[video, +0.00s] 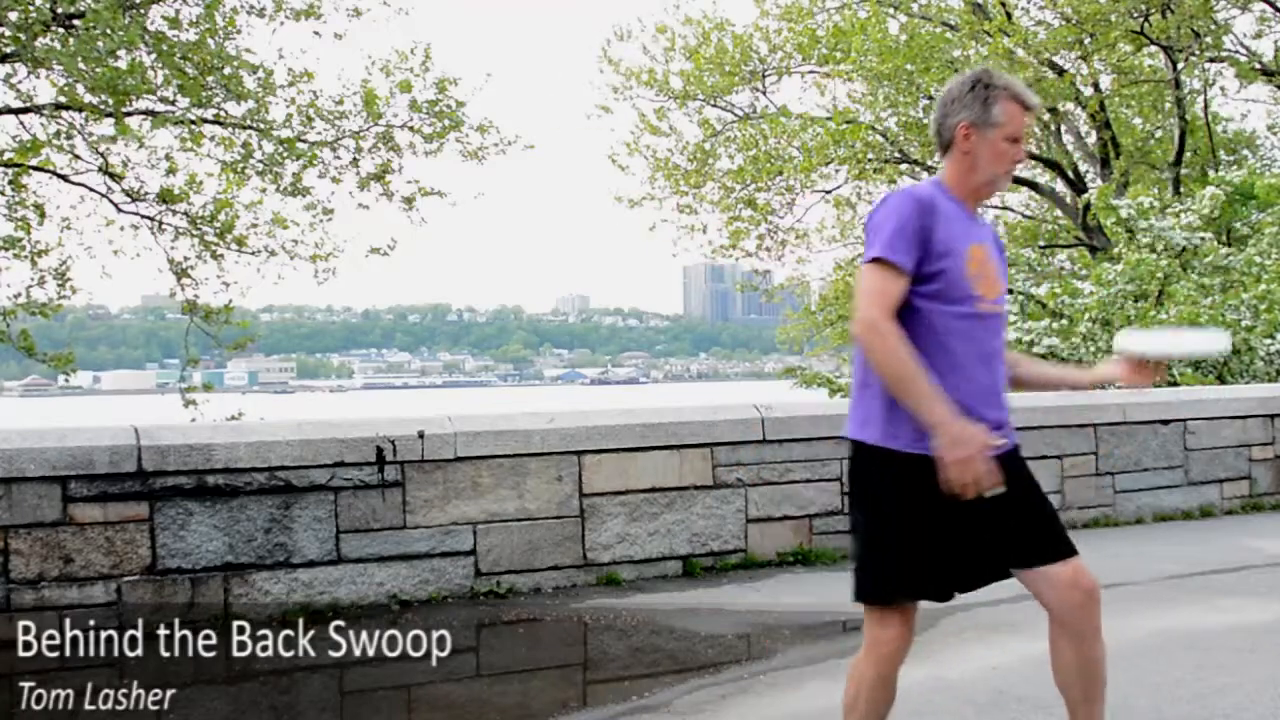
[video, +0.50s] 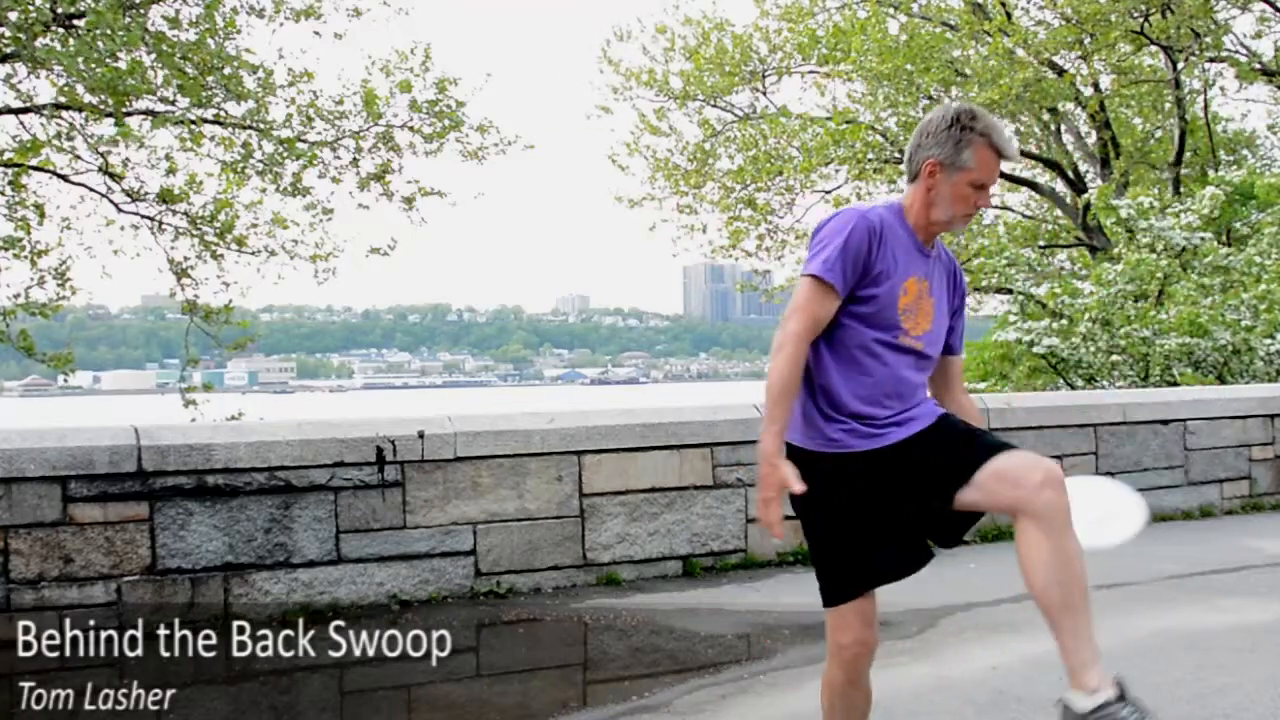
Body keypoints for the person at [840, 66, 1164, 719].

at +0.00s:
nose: (1022, 156)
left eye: (1025, 142)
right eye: (1012, 139)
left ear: (986, 144)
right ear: (966, 136)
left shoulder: (986, 237)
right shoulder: (909, 207)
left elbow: (990, 361)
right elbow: (870, 323)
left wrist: (1098, 375)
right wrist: (949, 425)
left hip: (985, 452)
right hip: (896, 456)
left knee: (1074, 595)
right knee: (887, 637)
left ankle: (1089, 719)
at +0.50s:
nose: (985, 203)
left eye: (990, 190)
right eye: (977, 186)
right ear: (930, 173)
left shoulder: (947, 276)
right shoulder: (858, 229)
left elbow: (949, 391)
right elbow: (794, 335)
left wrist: (1003, 479)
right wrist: (771, 452)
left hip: (914, 438)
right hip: (833, 455)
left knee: (1040, 484)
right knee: (852, 646)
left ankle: (1091, 689)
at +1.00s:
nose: (919, 187)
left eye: (931, 175)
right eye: (907, 170)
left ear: (941, 177)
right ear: (870, 160)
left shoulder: (930, 262)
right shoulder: (815, 229)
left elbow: (915, 371)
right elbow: (757, 338)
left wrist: (939, 457)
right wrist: (741, 451)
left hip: (908, 436)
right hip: (825, 453)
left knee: (1042, 478)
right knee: (846, 641)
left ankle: (1106, 685)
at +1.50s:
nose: (836, 123)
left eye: (852, 112)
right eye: (834, 111)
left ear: (900, 129)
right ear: (834, 122)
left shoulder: (943, 217)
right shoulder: (800, 202)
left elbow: (920, 315)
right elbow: (783, 322)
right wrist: (836, 426)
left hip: (930, 428)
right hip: (835, 431)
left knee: (998, 589)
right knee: (846, 622)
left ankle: (1022, 715)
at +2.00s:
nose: (824, 118)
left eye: (840, 107)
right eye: (829, 106)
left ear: (884, 127)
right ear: (871, 127)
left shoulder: (942, 212)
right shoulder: (796, 215)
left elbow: (992, 317)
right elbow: (777, 327)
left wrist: (931, 356)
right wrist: (802, 416)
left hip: (928, 448)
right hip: (834, 451)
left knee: (957, 613)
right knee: (816, 621)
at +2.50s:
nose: (766, 150)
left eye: (779, 138)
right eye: (770, 138)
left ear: (820, 150)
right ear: (814, 151)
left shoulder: (836, 224)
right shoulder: (795, 231)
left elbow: (724, 298)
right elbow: (788, 350)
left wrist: (648, 222)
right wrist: (730, 410)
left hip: (854, 448)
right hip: (800, 453)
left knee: (810, 635)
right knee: (772, 626)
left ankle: (916, 713)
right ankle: (833, 716)